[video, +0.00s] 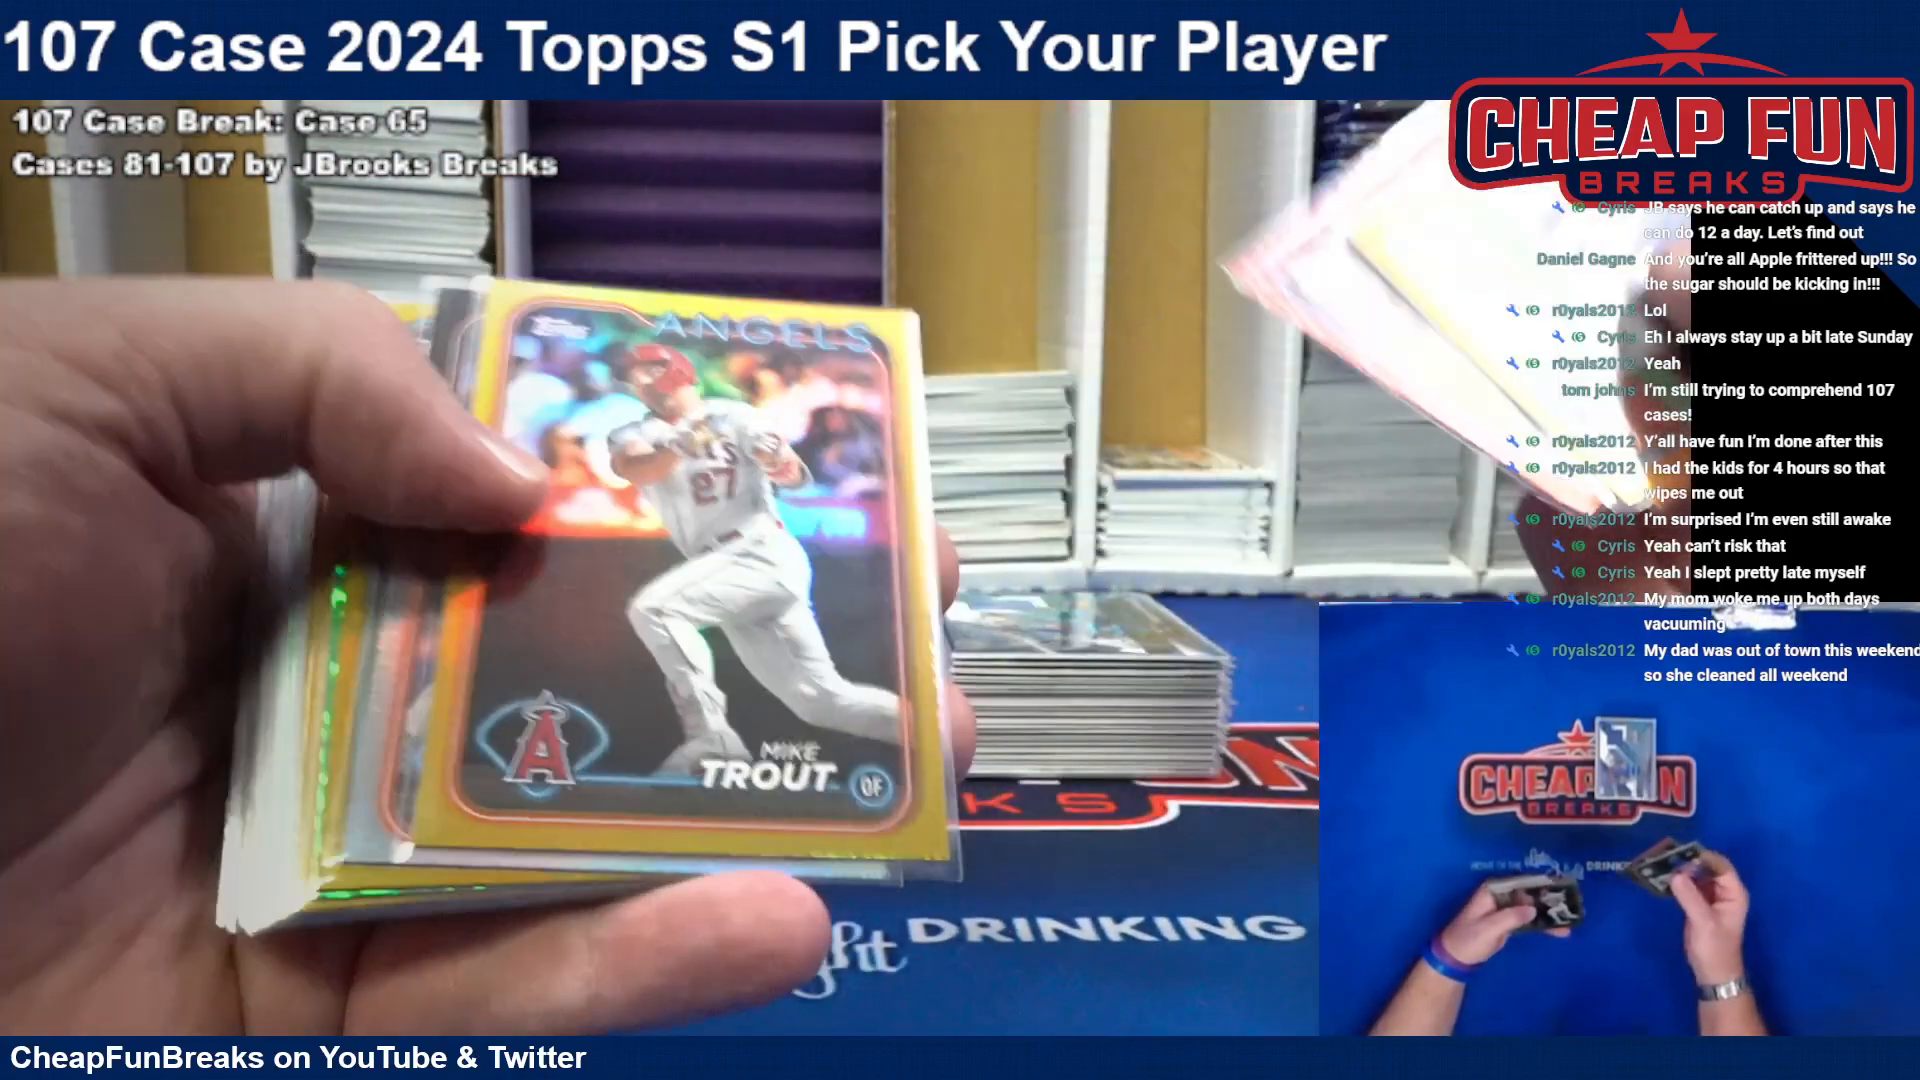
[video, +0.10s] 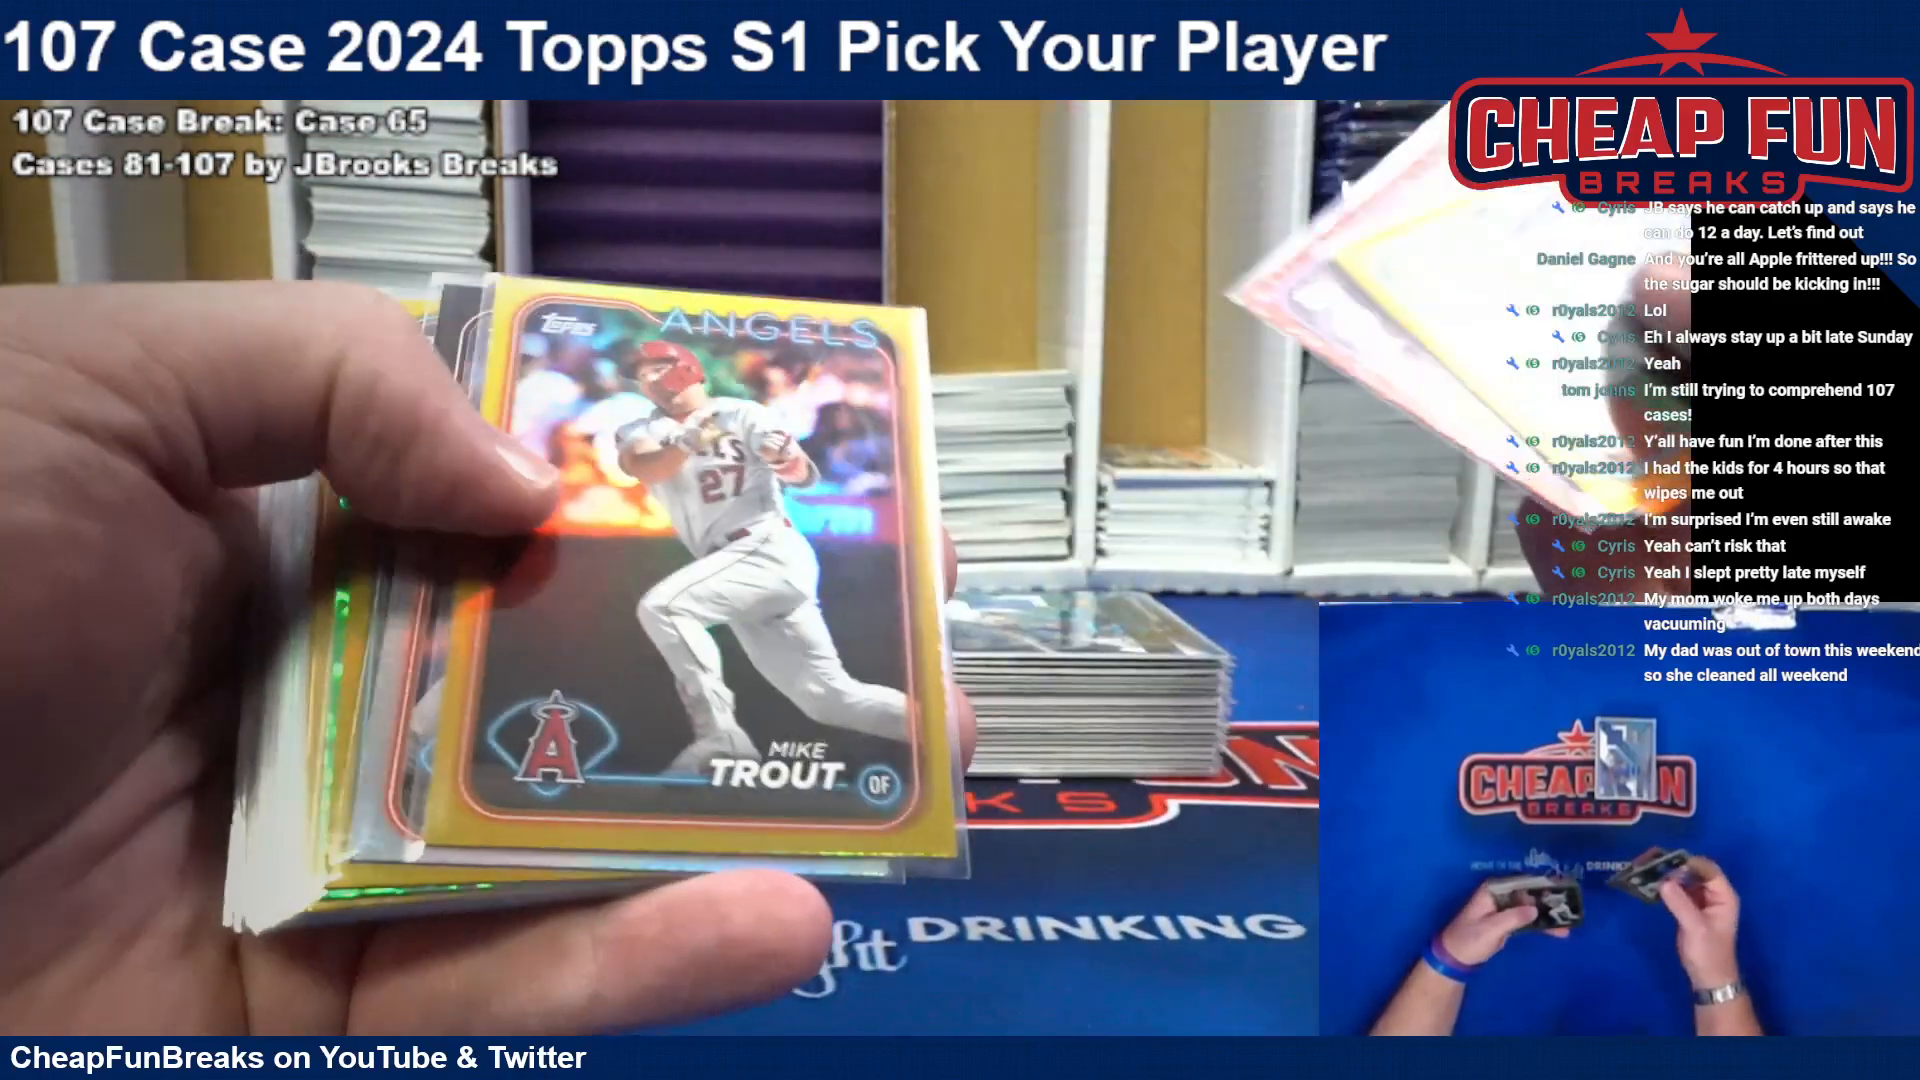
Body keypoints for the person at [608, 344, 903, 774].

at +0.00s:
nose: (651, 382)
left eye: (658, 370)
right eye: (642, 375)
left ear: (685, 375)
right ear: (638, 389)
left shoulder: (733, 416)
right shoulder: (636, 432)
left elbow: (798, 478)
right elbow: (630, 468)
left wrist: (786, 467)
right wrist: (680, 448)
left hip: (764, 550)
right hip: (720, 566)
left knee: (656, 608)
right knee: (818, 698)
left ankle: (712, 741)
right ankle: (943, 725)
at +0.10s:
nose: (657, 378)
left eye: (664, 366)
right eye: (648, 374)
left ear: (694, 372)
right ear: (645, 389)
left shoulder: (743, 414)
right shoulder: (643, 430)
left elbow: (804, 476)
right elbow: (642, 466)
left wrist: (792, 463)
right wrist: (688, 444)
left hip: (771, 547)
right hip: (729, 563)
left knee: (666, 607)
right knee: (826, 697)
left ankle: (720, 739)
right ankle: (951, 723)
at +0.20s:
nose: (677, 382)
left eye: (687, 370)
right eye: (670, 376)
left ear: (717, 373)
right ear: (669, 386)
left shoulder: (770, 419)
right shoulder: (671, 434)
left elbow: (832, 481)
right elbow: (667, 475)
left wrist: (817, 470)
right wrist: (716, 451)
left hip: (796, 557)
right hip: (755, 571)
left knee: (690, 616)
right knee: (848, 708)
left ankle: (743, 751)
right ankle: (977, 744)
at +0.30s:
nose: (693, 390)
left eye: (701, 378)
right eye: (685, 383)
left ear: (727, 375)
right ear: (680, 390)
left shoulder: (776, 417)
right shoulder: (678, 434)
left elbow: (838, 481)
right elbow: (673, 473)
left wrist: (824, 470)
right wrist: (722, 450)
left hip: (802, 557)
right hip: (761, 572)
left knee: (696, 617)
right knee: (855, 711)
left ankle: (749, 751)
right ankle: (983, 745)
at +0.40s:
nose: (693, 377)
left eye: (703, 366)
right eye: (687, 371)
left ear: (735, 370)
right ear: (686, 382)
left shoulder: (787, 413)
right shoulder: (688, 429)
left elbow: (849, 474)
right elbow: (688, 469)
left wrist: (833, 462)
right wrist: (733, 445)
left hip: (815, 547)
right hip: (775, 562)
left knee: (710, 607)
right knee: (870, 697)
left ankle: (764, 738)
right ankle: (995, 729)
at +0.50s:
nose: (699, 375)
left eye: (710, 364)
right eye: (693, 368)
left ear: (741, 368)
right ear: (691, 379)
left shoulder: (795, 409)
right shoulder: (696, 426)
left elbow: (856, 468)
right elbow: (697, 466)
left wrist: (843, 460)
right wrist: (742, 440)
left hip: (824, 543)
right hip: (784, 558)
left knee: (721, 603)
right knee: (881, 690)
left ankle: (777, 732)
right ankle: (1007, 720)